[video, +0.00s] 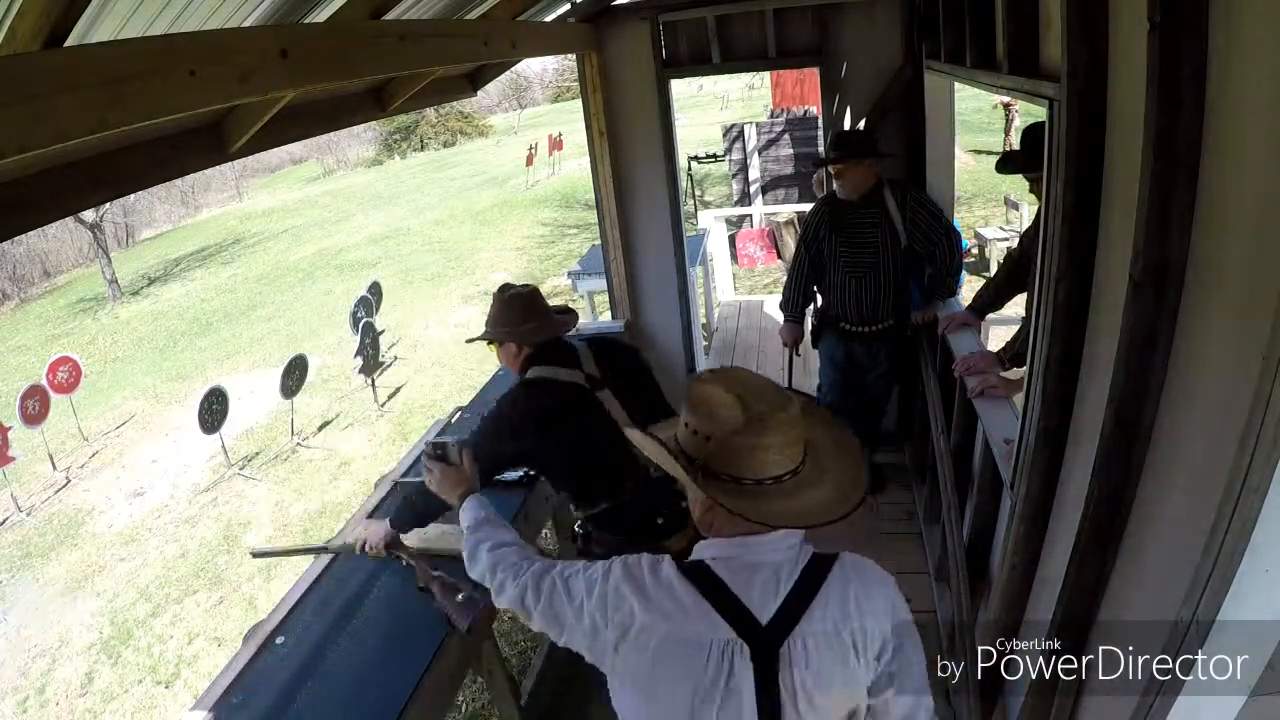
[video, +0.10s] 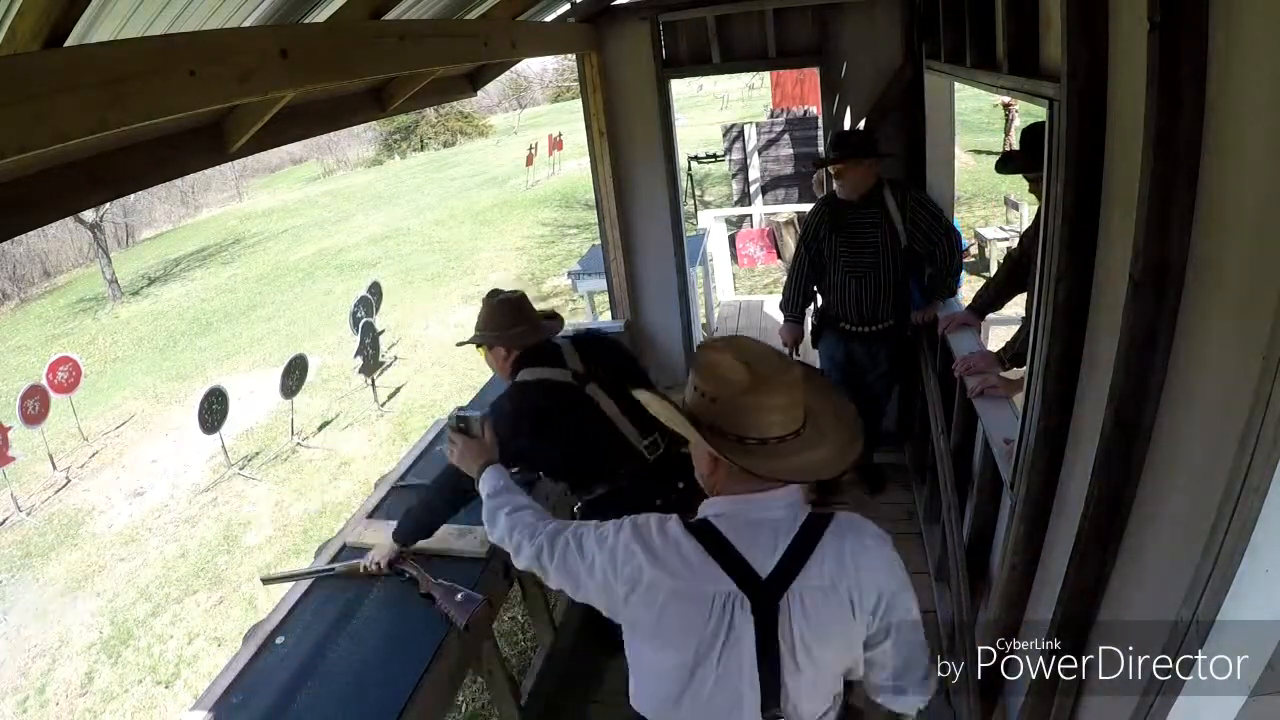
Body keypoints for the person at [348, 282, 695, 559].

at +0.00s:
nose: (497, 356)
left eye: (497, 347)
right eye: (495, 347)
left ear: (514, 350)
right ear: (554, 330)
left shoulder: (521, 407)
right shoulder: (617, 353)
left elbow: (460, 472)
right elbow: (662, 421)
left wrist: (394, 523)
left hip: (619, 534)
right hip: (683, 501)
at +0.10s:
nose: (486, 361)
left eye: (486, 352)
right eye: (484, 352)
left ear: (504, 354)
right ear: (542, 331)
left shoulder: (515, 408)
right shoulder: (601, 345)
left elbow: (457, 480)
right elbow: (653, 399)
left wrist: (397, 541)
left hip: (622, 513)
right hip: (685, 475)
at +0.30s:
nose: (488, 339)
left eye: (487, 330)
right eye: (484, 330)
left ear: (505, 332)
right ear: (543, 309)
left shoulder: (530, 374)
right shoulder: (594, 321)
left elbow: (514, 449)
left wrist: (446, 476)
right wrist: (516, 383)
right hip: (681, 442)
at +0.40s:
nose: (504, 325)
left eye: (504, 316)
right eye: (501, 316)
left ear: (522, 318)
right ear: (557, 299)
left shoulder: (534, 372)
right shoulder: (606, 311)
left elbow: (509, 457)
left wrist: (466, 437)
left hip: (608, 487)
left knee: (608, 564)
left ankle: (617, 637)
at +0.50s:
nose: (519, 317)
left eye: (520, 308)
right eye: (517, 308)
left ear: (539, 310)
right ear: (575, 292)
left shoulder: (541, 360)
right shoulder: (619, 310)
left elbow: (507, 431)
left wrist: (465, 404)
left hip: (607, 484)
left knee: (607, 564)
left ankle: (614, 638)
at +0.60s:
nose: (528, 312)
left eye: (529, 302)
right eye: (526, 303)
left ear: (547, 303)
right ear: (582, 287)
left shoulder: (547, 354)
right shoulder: (628, 306)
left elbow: (500, 408)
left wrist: (469, 372)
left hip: (609, 481)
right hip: (673, 459)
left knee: (608, 560)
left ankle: (613, 638)